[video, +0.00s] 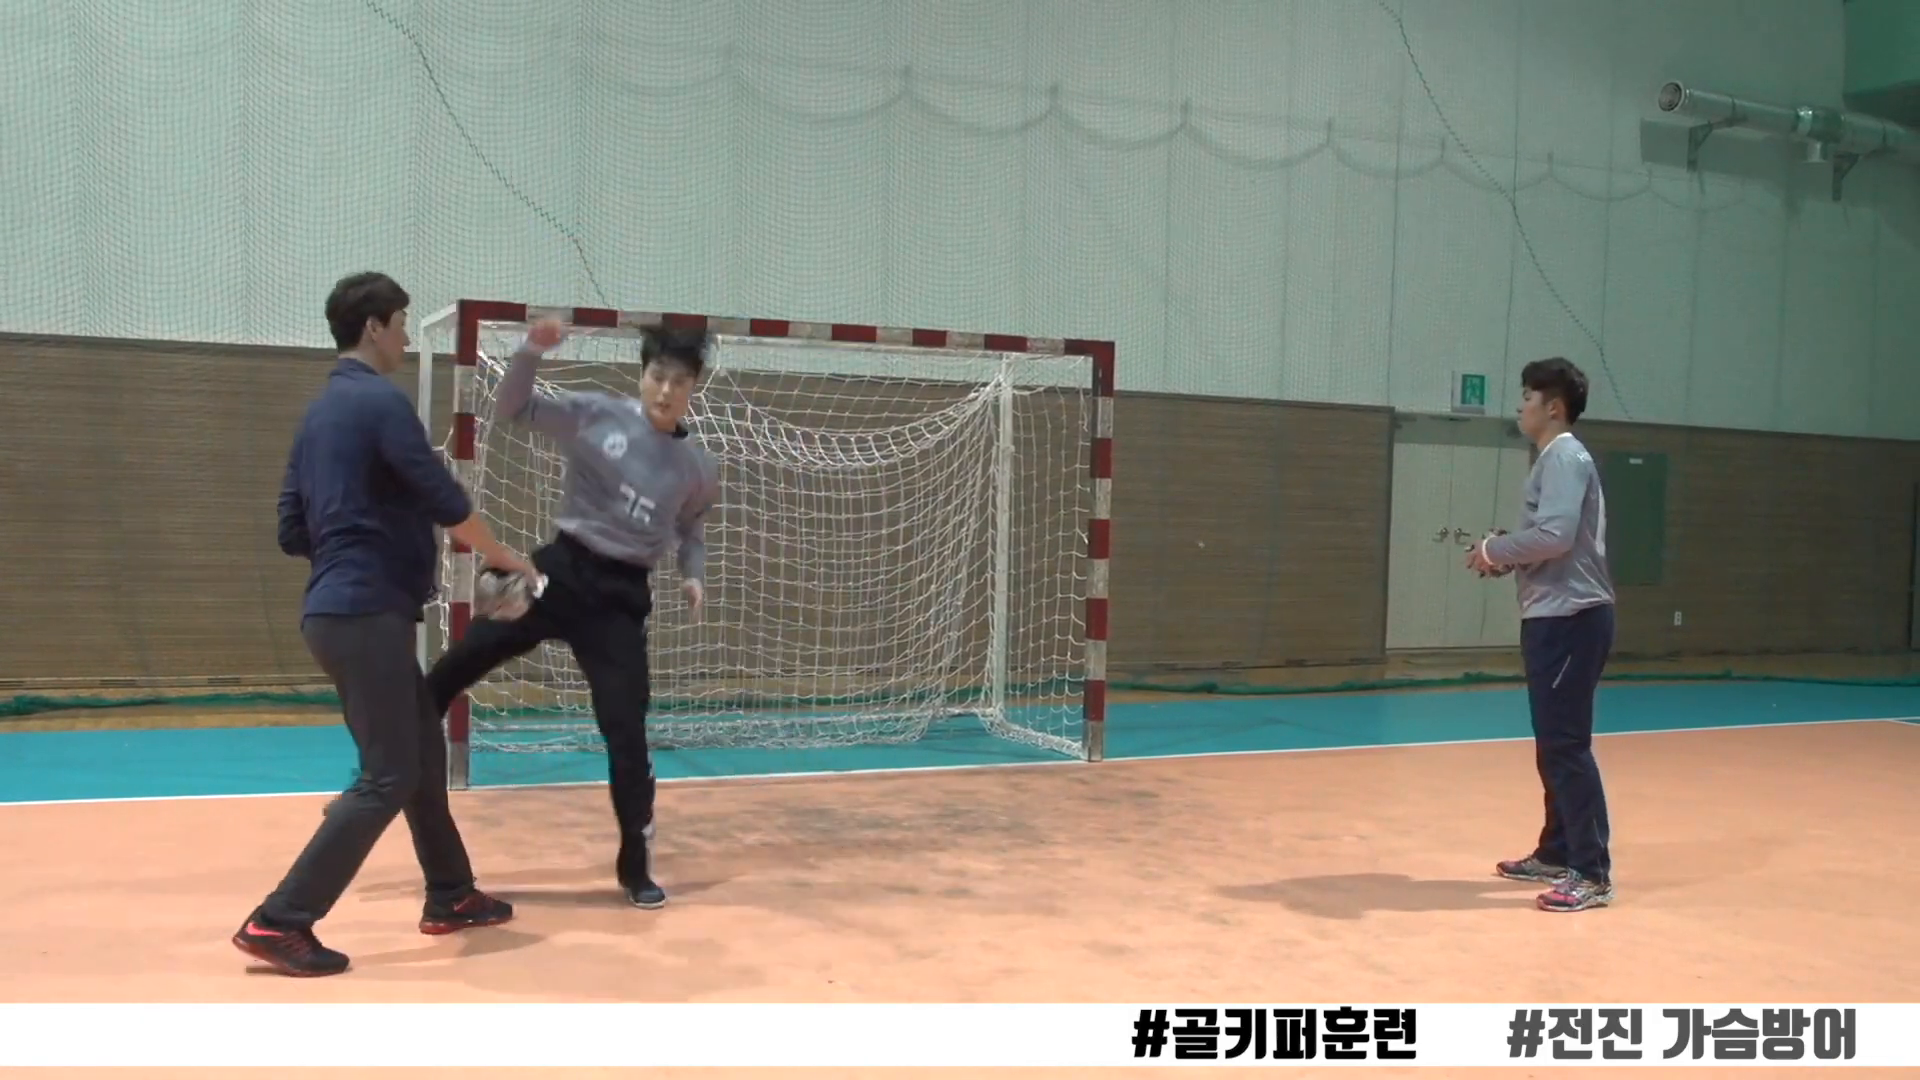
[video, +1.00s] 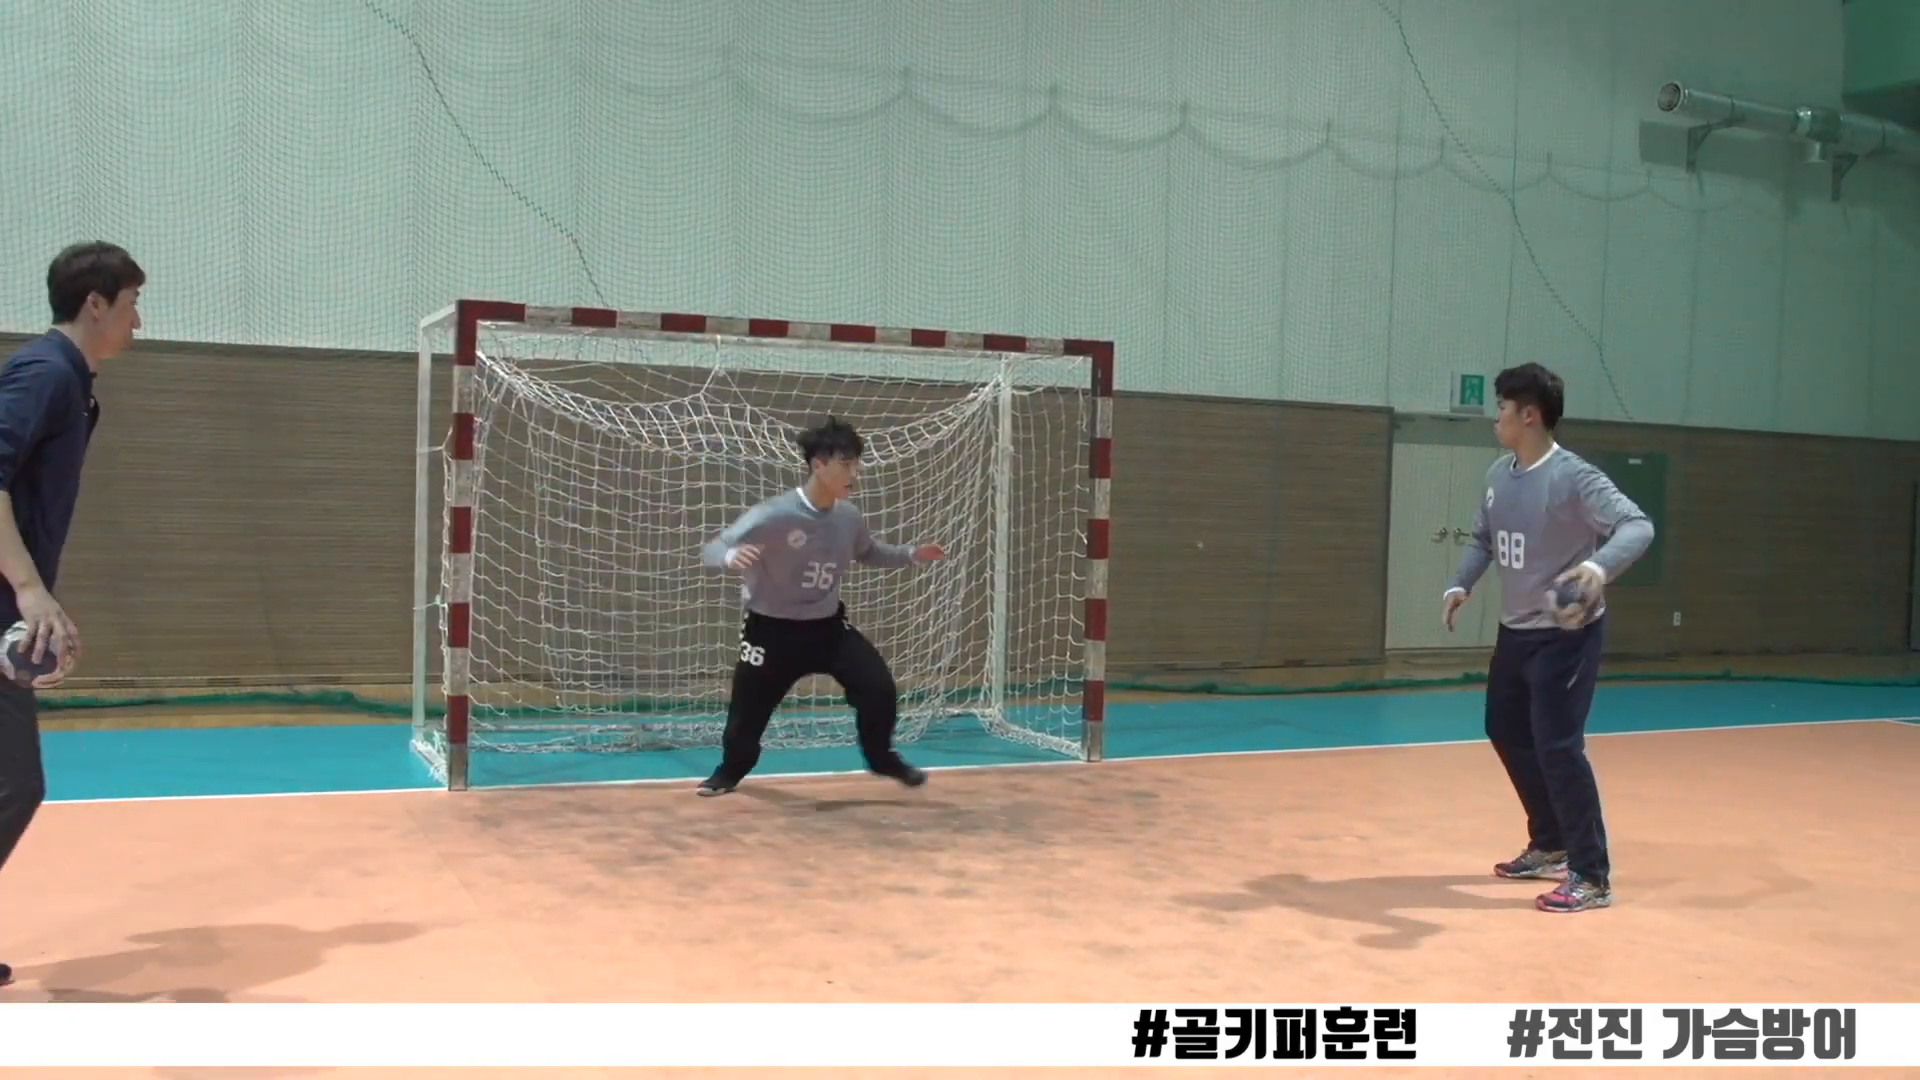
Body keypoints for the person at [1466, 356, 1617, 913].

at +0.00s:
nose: (1520, 406)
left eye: (1528, 397)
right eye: (1522, 397)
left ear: (1554, 404)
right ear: (1552, 405)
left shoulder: (1566, 455)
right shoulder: (1550, 458)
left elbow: (1557, 537)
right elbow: (1547, 535)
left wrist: (1499, 551)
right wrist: (1501, 552)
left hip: (1571, 618)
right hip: (1551, 618)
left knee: (1566, 744)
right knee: (1553, 743)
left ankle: (1592, 875)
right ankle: (1557, 855)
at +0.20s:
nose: (1521, 406)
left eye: (1529, 397)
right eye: (1523, 396)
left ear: (1557, 404)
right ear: (1550, 405)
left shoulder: (1571, 458)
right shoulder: (1549, 461)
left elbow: (1571, 541)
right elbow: (1555, 540)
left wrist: (1502, 552)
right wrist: (1504, 550)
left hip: (1576, 623)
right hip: (1549, 623)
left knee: (1570, 750)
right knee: (1550, 748)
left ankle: (1592, 877)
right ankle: (1556, 857)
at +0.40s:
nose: (1517, 406)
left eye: (1526, 397)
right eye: (1519, 397)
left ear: (1555, 404)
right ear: (1543, 406)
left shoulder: (1580, 462)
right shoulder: (1536, 469)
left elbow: (1595, 544)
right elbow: (1544, 543)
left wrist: (1512, 552)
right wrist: (1503, 551)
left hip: (1586, 625)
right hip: (1545, 625)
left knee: (1574, 750)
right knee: (1546, 748)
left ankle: (1593, 877)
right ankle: (1555, 855)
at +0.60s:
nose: (1512, 409)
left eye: (1522, 400)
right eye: (1514, 400)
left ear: (1553, 408)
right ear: (1538, 409)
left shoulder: (1585, 467)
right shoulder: (1523, 473)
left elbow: (1601, 552)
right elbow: (1520, 541)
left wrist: (1516, 556)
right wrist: (1494, 554)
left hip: (1590, 628)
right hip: (1542, 628)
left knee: (1572, 747)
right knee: (1535, 744)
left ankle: (1594, 878)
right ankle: (1556, 851)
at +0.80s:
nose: (1506, 414)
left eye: (1515, 405)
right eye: (1508, 404)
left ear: (1545, 413)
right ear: (1529, 414)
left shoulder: (1583, 474)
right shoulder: (1511, 473)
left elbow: (1616, 553)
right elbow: (1488, 541)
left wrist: (1533, 577)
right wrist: (1483, 568)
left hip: (1582, 631)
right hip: (1531, 631)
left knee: (1564, 747)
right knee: (1529, 745)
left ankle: (1593, 878)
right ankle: (1556, 853)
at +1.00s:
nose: (1495, 416)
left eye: (1502, 408)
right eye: (1497, 407)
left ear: (1530, 415)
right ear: (1522, 415)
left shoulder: (1573, 474)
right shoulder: (1501, 475)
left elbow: (1637, 526)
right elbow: (1483, 541)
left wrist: (1600, 566)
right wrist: (1460, 585)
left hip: (1566, 635)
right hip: (1516, 634)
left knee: (1557, 745)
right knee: (1507, 732)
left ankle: (1591, 877)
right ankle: (1550, 843)